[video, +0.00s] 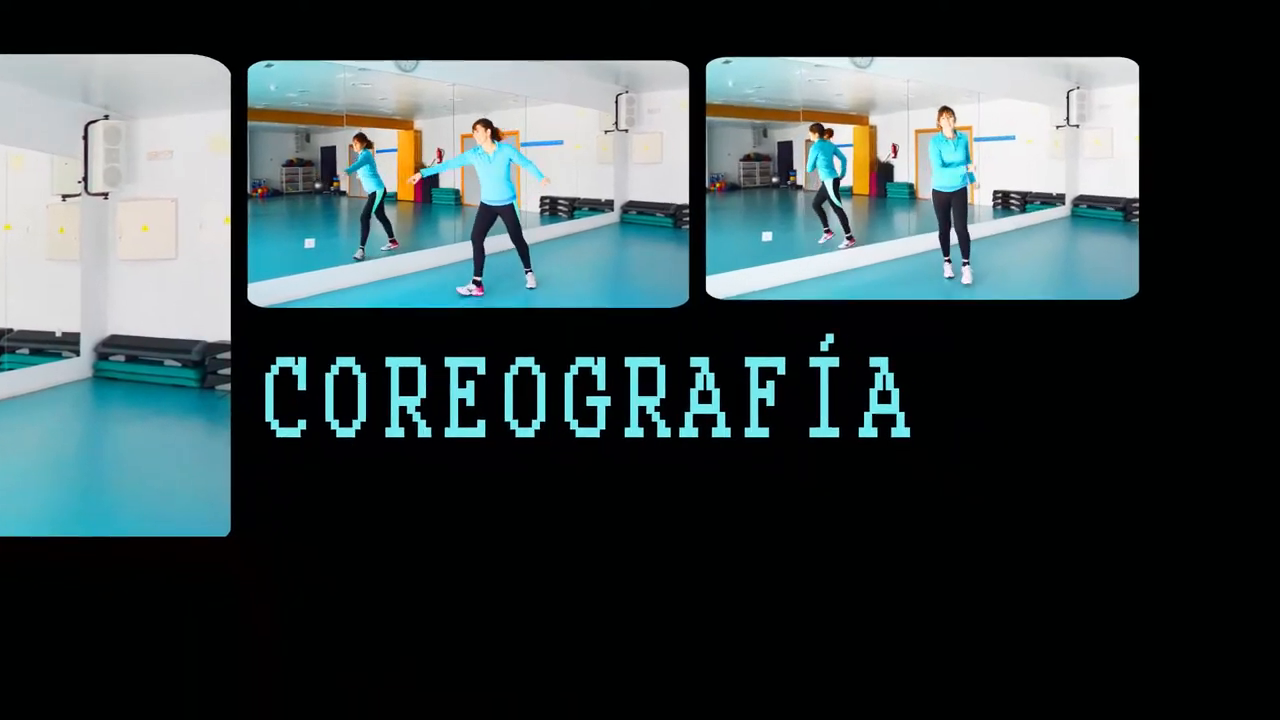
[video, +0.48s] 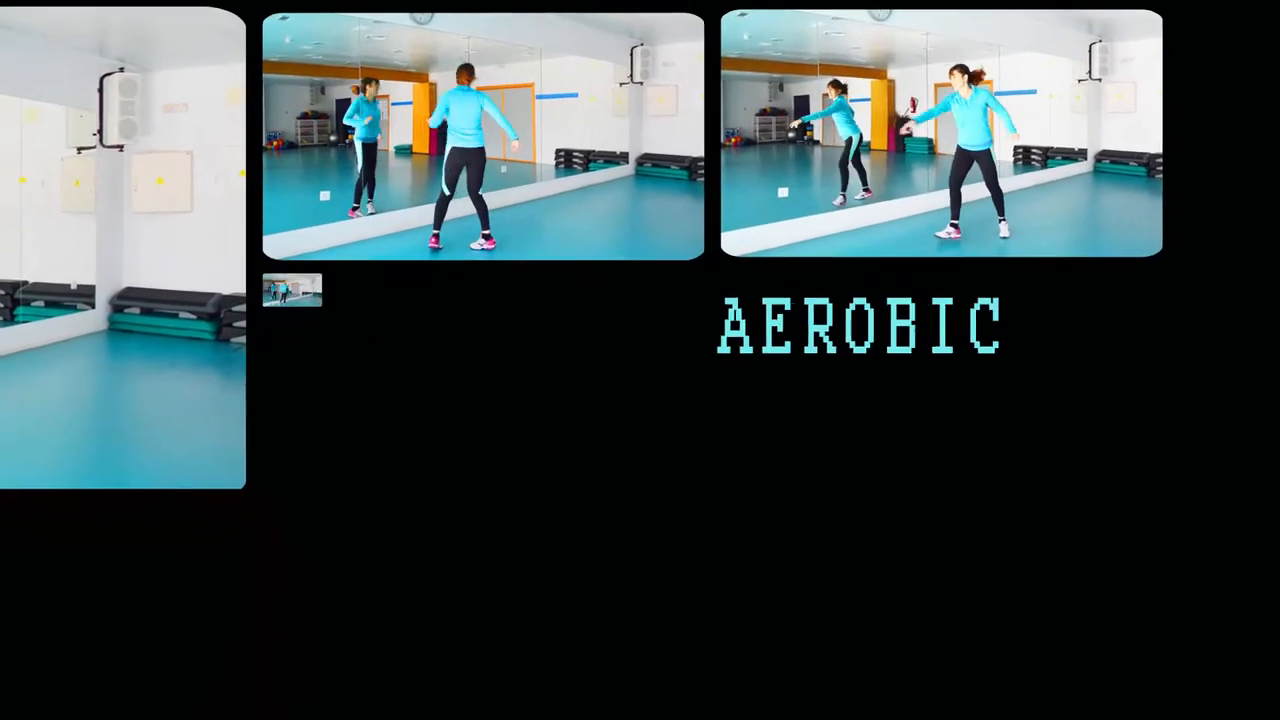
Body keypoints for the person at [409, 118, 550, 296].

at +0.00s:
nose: (474, 135)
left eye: (477, 131)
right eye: (473, 132)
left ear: (488, 132)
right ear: (478, 134)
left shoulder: (506, 150)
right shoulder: (473, 154)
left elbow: (525, 163)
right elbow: (448, 164)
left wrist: (540, 177)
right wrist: (422, 173)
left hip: (506, 204)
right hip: (487, 205)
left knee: (517, 238)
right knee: (476, 238)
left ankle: (529, 272)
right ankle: (476, 283)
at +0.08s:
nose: (468, 125)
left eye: (470, 121)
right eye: (467, 121)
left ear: (481, 121)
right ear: (472, 123)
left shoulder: (498, 141)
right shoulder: (466, 144)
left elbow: (514, 153)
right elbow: (446, 156)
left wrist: (528, 161)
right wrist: (425, 167)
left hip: (497, 195)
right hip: (477, 196)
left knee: (507, 232)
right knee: (472, 233)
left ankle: (525, 262)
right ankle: (474, 276)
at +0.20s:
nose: (458, 108)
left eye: (461, 105)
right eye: (458, 105)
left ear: (472, 107)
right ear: (466, 108)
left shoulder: (485, 128)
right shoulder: (461, 127)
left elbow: (507, 146)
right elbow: (465, 148)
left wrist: (491, 146)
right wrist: (485, 147)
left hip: (484, 180)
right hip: (467, 180)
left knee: (479, 222)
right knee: (468, 222)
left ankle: (507, 246)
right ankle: (476, 263)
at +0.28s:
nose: (454, 99)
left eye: (456, 96)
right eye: (454, 96)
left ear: (466, 98)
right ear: (463, 99)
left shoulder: (476, 119)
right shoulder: (461, 119)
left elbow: (491, 142)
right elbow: (467, 141)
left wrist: (470, 142)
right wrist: (485, 149)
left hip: (480, 170)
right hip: (469, 170)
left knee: (458, 210)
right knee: (469, 211)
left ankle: (482, 247)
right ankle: (479, 251)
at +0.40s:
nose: (452, 87)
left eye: (453, 84)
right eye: (452, 84)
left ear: (459, 85)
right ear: (467, 86)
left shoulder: (457, 104)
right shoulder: (478, 104)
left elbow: (451, 132)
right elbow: (495, 121)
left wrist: (432, 132)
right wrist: (510, 139)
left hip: (464, 158)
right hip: (483, 158)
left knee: (449, 199)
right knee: (473, 199)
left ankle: (442, 243)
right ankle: (484, 243)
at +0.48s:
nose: (464, 79)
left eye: (461, 76)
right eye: (468, 76)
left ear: (457, 77)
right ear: (473, 78)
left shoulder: (448, 96)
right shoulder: (480, 97)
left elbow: (435, 121)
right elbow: (498, 117)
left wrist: (432, 121)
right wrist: (514, 137)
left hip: (455, 151)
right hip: (477, 151)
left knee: (446, 192)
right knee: (475, 193)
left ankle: (435, 235)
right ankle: (487, 236)